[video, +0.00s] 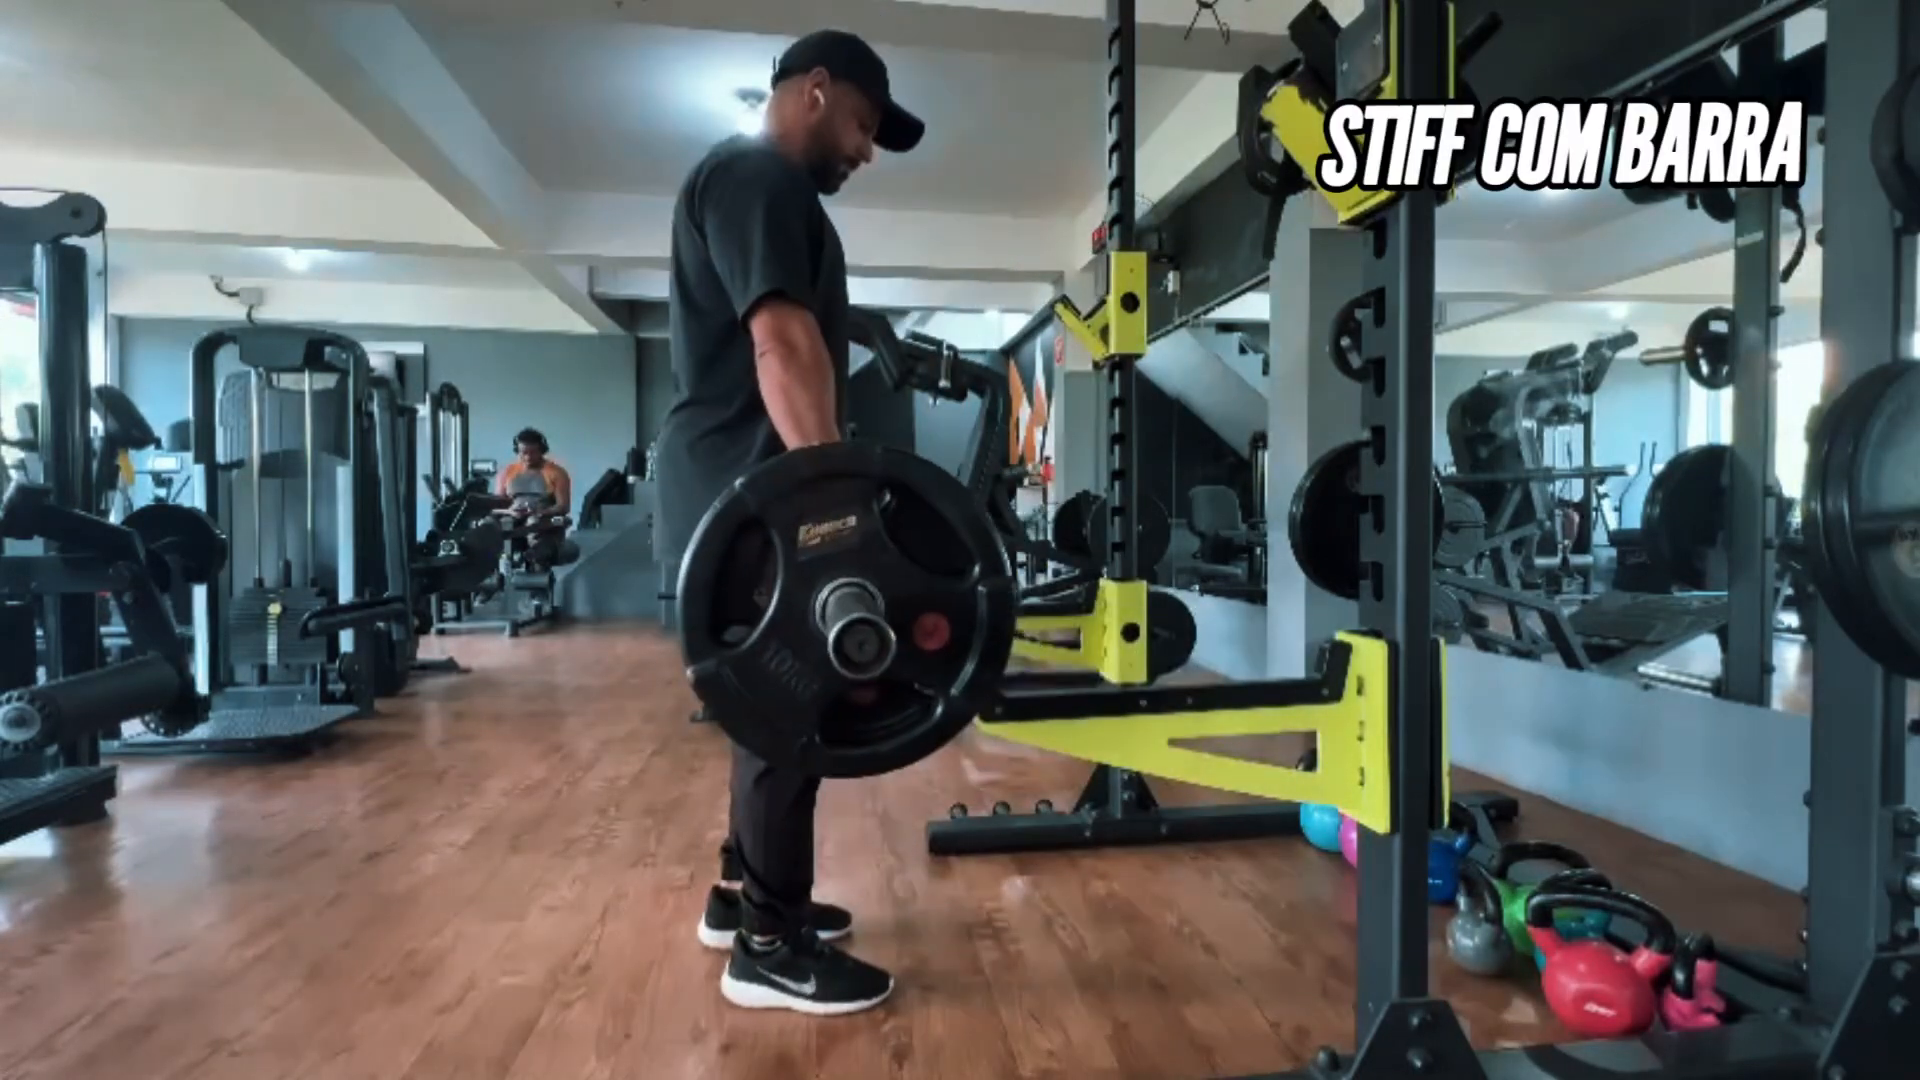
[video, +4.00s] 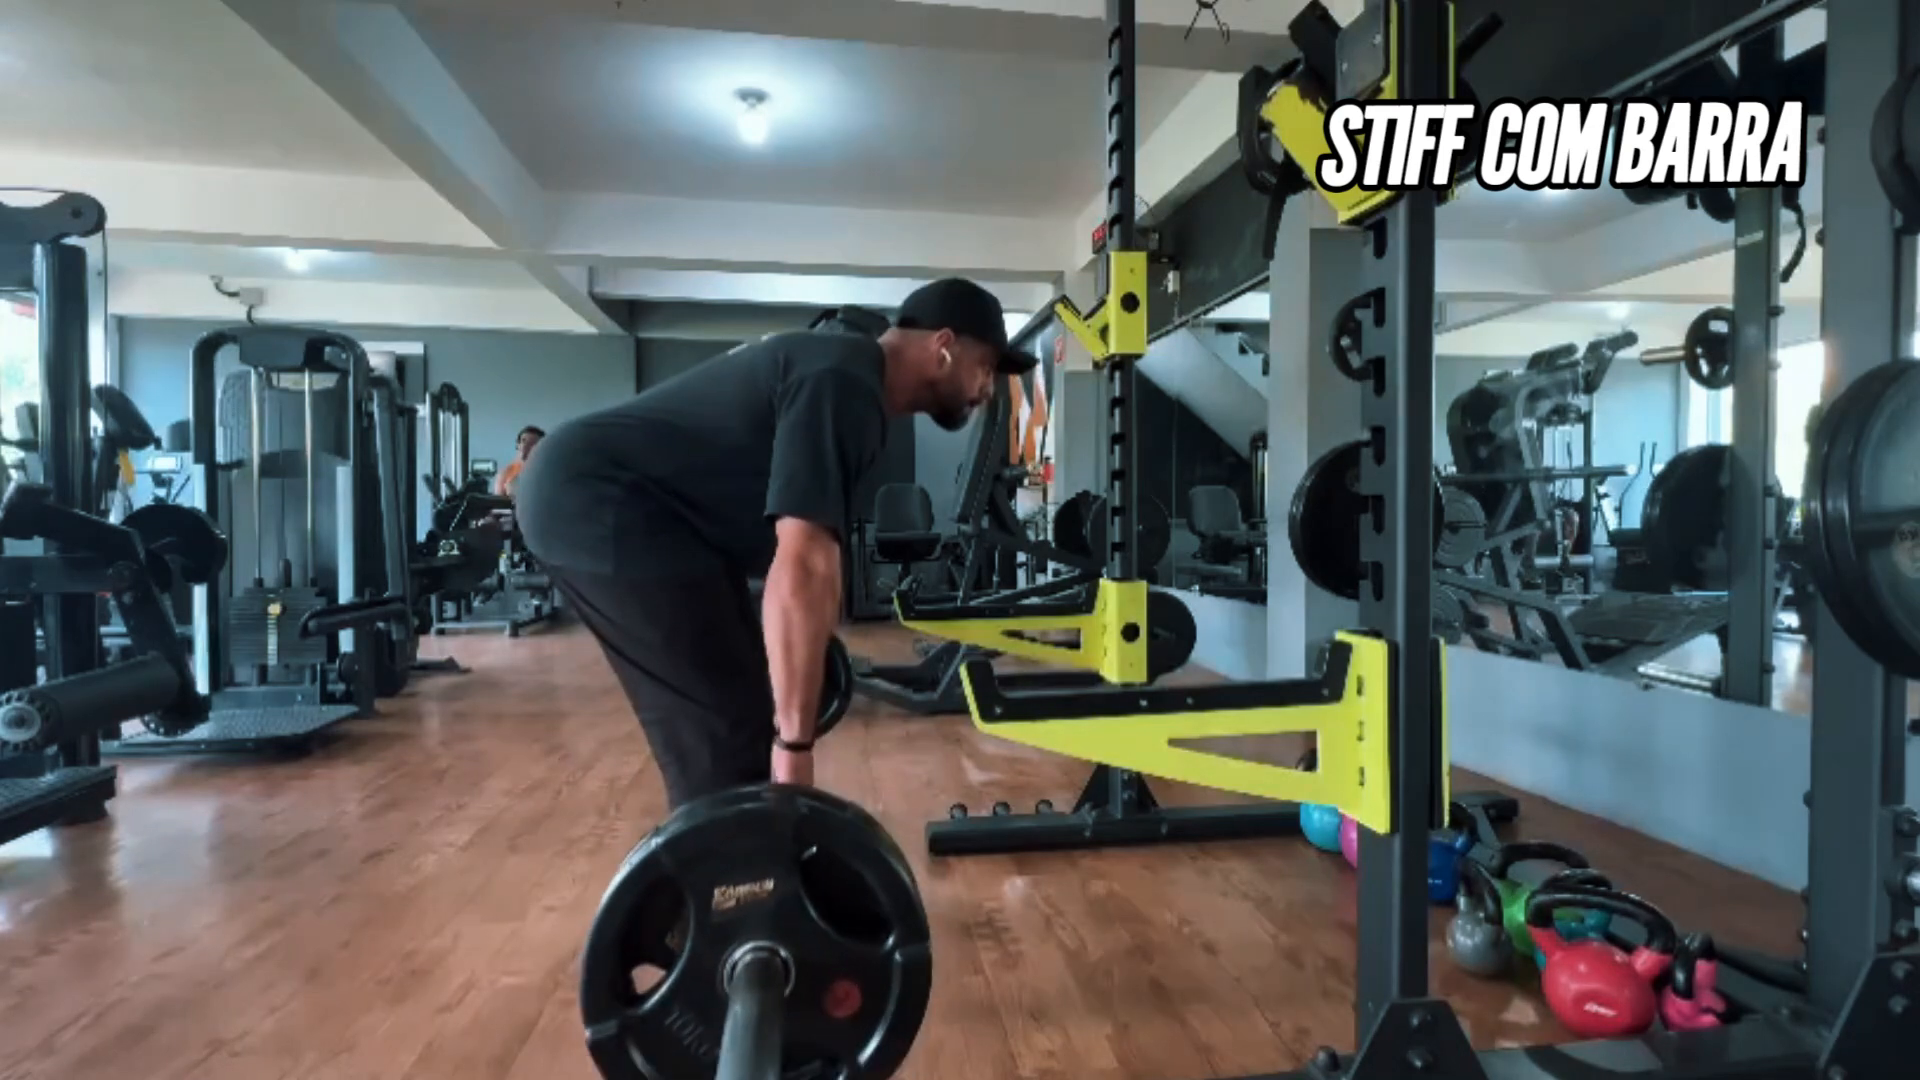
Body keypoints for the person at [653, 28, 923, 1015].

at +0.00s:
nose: (867, 151)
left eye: (873, 137)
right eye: (864, 127)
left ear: (808, 97)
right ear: (813, 92)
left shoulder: (764, 182)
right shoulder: (754, 171)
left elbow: (793, 342)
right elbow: (780, 337)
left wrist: (825, 493)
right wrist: (832, 504)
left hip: (739, 476)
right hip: (743, 479)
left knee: (776, 690)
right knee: (783, 693)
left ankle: (752, 891)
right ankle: (770, 946)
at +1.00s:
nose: (858, 180)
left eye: (869, 167)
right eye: (862, 154)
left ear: (813, 114)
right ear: (820, 109)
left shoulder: (763, 193)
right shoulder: (736, 173)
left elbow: (764, 355)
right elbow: (747, 343)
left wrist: (796, 503)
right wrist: (790, 510)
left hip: (726, 502)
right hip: (707, 503)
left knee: (757, 699)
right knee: (738, 712)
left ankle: (749, 890)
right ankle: (730, 963)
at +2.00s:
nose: (871, 116)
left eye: (871, 99)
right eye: (860, 93)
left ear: (797, 91)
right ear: (807, 85)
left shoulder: (766, 191)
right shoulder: (755, 177)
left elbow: (773, 361)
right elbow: (759, 347)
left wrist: (791, 505)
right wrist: (795, 511)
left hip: (719, 491)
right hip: (709, 494)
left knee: (755, 697)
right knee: (738, 709)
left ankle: (752, 880)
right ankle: (730, 959)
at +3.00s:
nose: (982, 299)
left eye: (986, 283)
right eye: (978, 277)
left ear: (923, 266)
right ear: (927, 261)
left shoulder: (853, 331)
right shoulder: (831, 307)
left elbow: (805, 491)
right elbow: (800, 489)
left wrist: (801, 650)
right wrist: (800, 661)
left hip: (628, 485)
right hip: (624, 484)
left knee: (706, 719)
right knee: (747, 714)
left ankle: (715, 946)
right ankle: (764, 965)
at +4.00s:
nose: (987, 391)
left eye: (994, 377)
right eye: (987, 370)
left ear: (938, 346)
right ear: (944, 346)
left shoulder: (843, 374)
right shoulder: (839, 375)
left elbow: (810, 556)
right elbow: (803, 562)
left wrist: (790, 726)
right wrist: (795, 743)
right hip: (600, 494)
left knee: (720, 717)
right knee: (734, 718)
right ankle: (737, 926)